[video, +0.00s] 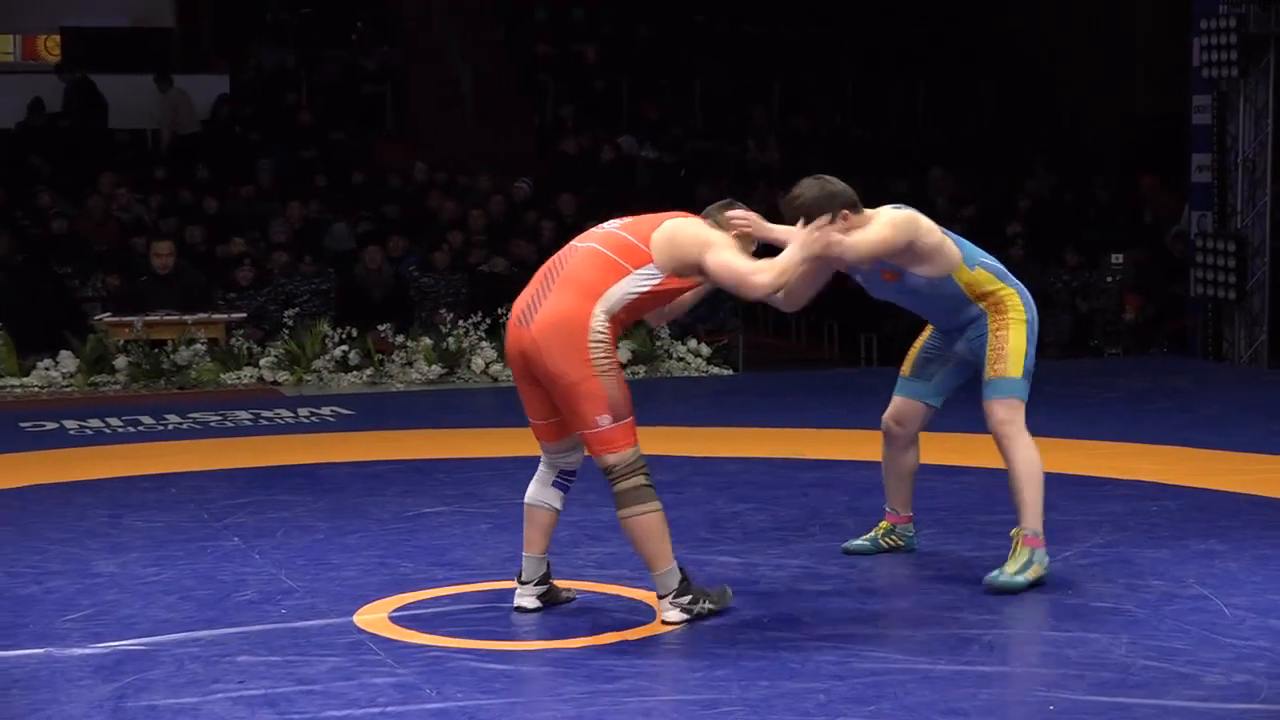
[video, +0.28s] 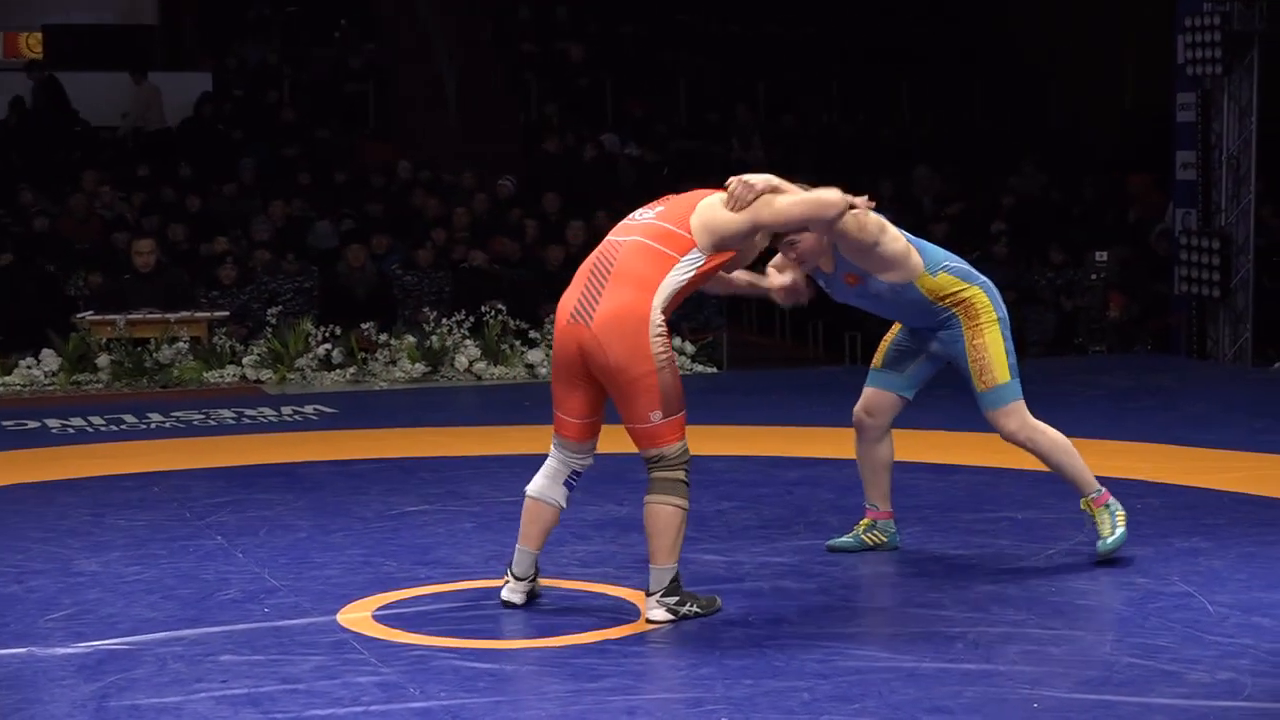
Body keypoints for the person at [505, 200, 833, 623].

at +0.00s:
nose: (747, 257)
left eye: (751, 249)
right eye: (748, 247)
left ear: (707, 217)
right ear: (734, 232)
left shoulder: (653, 232)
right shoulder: (706, 237)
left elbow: (658, 316)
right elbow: (758, 281)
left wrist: (711, 274)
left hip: (523, 331)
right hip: (575, 334)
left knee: (558, 461)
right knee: (625, 468)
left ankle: (531, 583)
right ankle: (674, 593)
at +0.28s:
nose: (760, 252)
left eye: (766, 244)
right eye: (765, 241)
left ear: (729, 192)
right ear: (758, 219)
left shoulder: (673, 211)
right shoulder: (734, 215)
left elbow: (705, 274)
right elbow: (829, 203)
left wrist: (769, 286)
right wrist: (845, 203)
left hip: (570, 323)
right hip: (631, 330)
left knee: (565, 457)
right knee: (668, 462)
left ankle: (518, 578)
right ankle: (663, 594)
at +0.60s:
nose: (756, 256)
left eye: (766, 250)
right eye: (766, 243)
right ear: (757, 219)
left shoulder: (671, 223)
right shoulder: (724, 197)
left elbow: (705, 302)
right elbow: (822, 179)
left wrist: (760, 310)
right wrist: (838, 229)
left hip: (575, 318)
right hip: (635, 325)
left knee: (545, 458)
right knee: (683, 450)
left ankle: (500, 584)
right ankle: (649, 573)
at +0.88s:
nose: (754, 247)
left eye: (760, 242)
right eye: (758, 235)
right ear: (738, 215)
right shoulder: (702, 199)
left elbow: (720, 286)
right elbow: (801, 186)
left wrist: (781, 252)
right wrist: (818, 227)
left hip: (555, 322)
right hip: (618, 330)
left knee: (511, 462)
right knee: (689, 444)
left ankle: (461, 586)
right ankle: (705, 569)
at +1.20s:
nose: (723, 263)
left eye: (728, 255)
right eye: (725, 253)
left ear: (683, 230)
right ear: (707, 240)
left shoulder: (635, 250)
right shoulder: (681, 269)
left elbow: (709, 329)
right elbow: (667, 369)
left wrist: (754, 282)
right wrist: (723, 378)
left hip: (514, 350)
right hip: (576, 352)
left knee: (550, 455)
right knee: (655, 454)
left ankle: (459, 539)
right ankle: (693, 570)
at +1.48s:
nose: (681, 299)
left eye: (688, 289)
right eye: (687, 286)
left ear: (663, 268)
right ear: (666, 266)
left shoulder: (589, 317)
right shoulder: (604, 252)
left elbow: (538, 388)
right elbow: (534, 250)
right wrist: (582, 305)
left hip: (449, 319)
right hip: (449, 311)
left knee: (477, 445)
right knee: (497, 445)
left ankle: (427, 559)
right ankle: (519, 578)